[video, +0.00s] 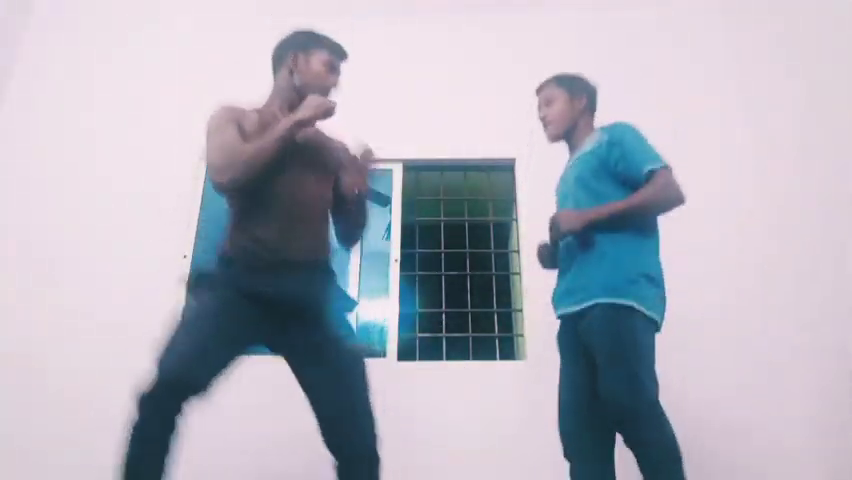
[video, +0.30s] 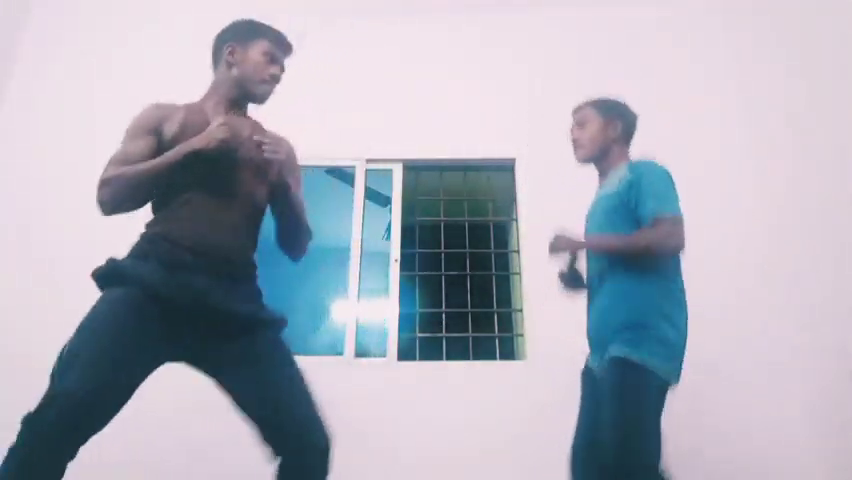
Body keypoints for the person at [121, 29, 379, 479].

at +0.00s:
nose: (336, 76)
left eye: (338, 69)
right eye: (329, 65)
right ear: (291, 64)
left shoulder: (333, 150)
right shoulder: (233, 120)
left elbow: (349, 235)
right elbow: (225, 174)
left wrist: (353, 196)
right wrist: (294, 122)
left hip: (309, 302)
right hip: (236, 295)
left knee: (358, 446)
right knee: (164, 394)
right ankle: (139, 477)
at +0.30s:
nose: (279, 71)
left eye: (282, 64)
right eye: (270, 58)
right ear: (231, 56)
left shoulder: (276, 148)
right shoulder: (162, 118)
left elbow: (296, 248)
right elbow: (109, 196)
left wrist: (284, 183)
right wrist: (195, 145)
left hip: (234, 306)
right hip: (149, 293)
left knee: (308, 446)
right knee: (60, 417)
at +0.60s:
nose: (316, 66)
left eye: (318, 58)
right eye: (308, 53)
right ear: (271, 52)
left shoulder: (311, 141)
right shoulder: (213, 111)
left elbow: (329, 235)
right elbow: (174, 180)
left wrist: (329, 188)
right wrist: (259, 142)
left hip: (289, 297)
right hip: (213, 289)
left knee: (358, 430)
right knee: (135, 389)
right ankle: (118, 476)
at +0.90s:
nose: (317, 68)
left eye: (321, 62)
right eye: (311, 55)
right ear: (273, 50)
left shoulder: (302, 139)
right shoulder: (204, 98)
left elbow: (312, 234)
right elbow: (145, 161)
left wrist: (312, 181)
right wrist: (232, 133)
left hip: (257, 278)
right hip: (180, 265)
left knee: (313, 422)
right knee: (97, 362)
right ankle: (61, 475)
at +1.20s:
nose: (249, 97)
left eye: (252, 90)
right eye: (240, 84)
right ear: (201, 81)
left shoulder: (243, 181)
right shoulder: (125, 142)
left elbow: (247, 282)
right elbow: (65, 227)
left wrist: (241, 251)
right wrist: (139, 194)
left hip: (183, 339)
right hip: (95, 322)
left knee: (261, 452)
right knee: (4, 417)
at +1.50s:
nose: (213, 101)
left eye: (215, 94)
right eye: (204, 87)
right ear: (164, 85)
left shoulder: (219, 179)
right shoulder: (93, 164)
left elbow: (265, 271)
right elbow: (52, 262)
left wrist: (273, 246)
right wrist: (120, 237)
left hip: (190, 354)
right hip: (99, 346)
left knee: (272, 473)